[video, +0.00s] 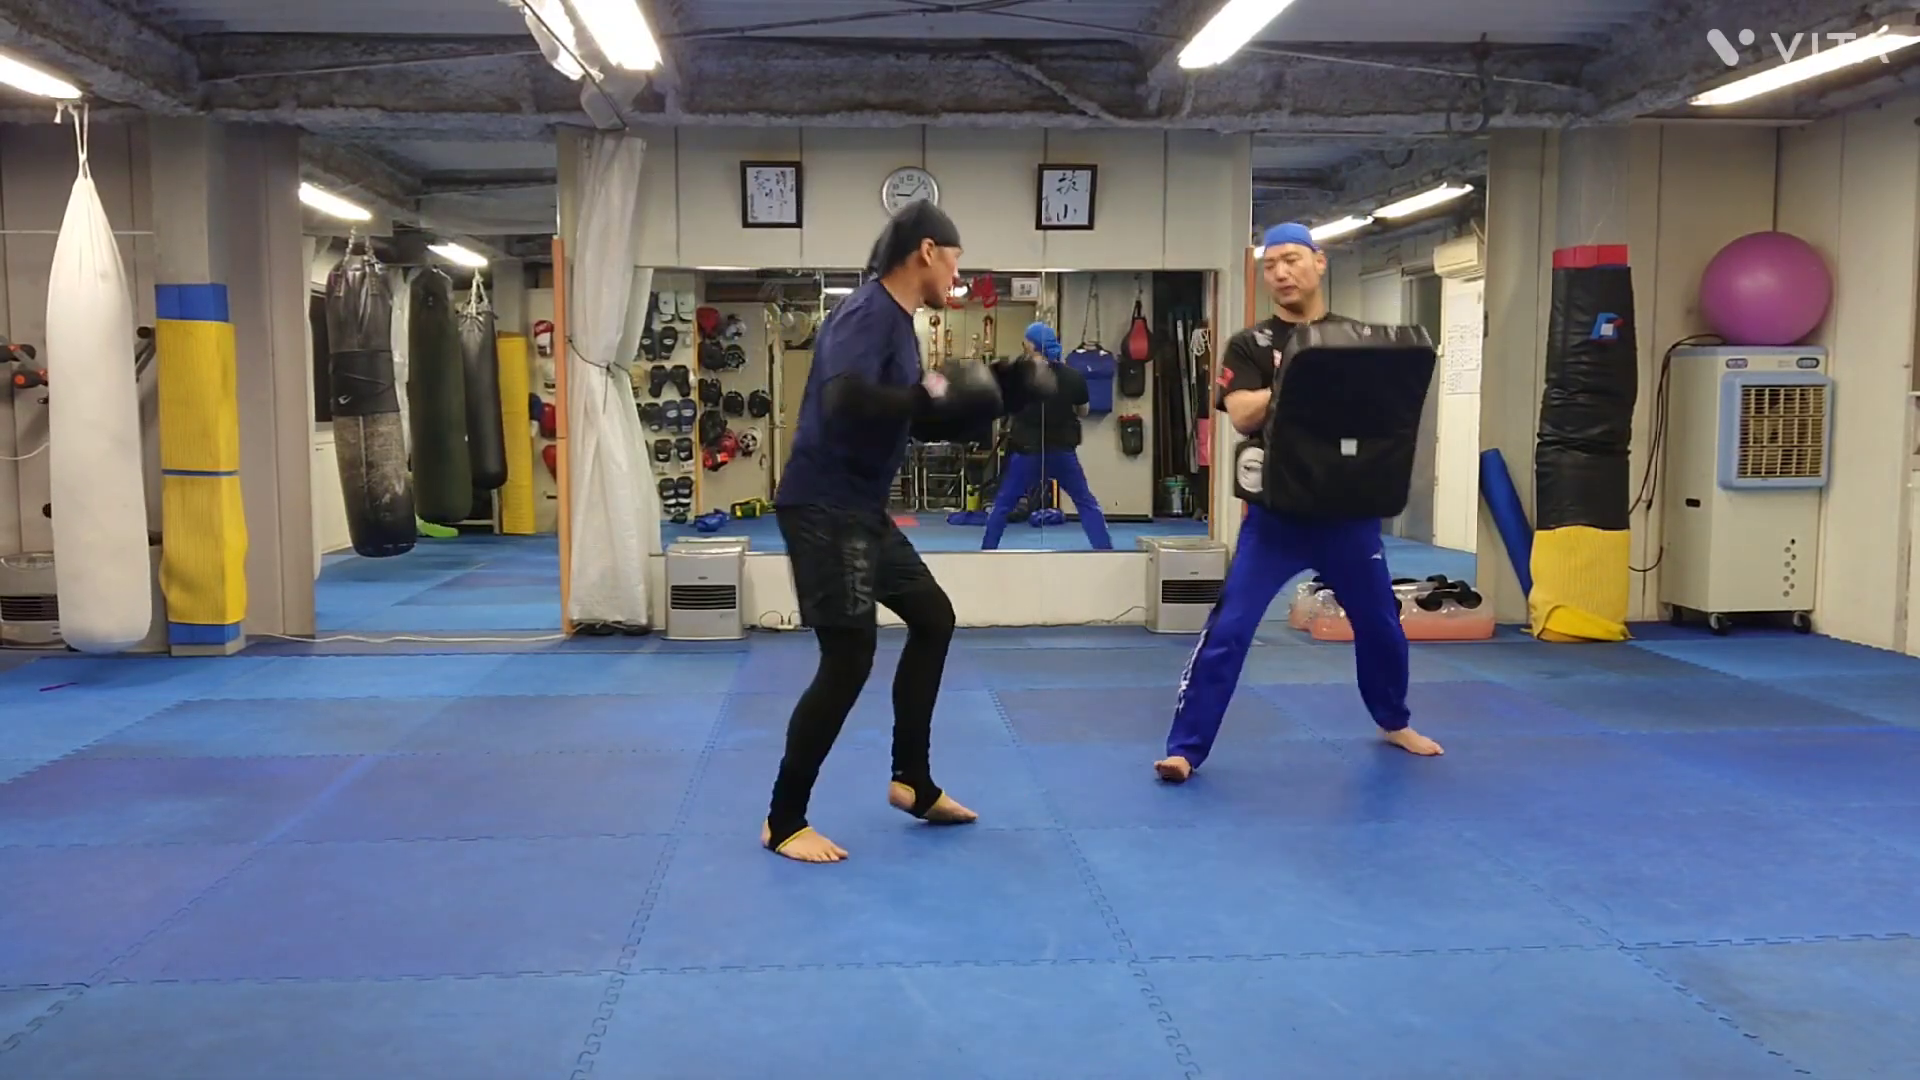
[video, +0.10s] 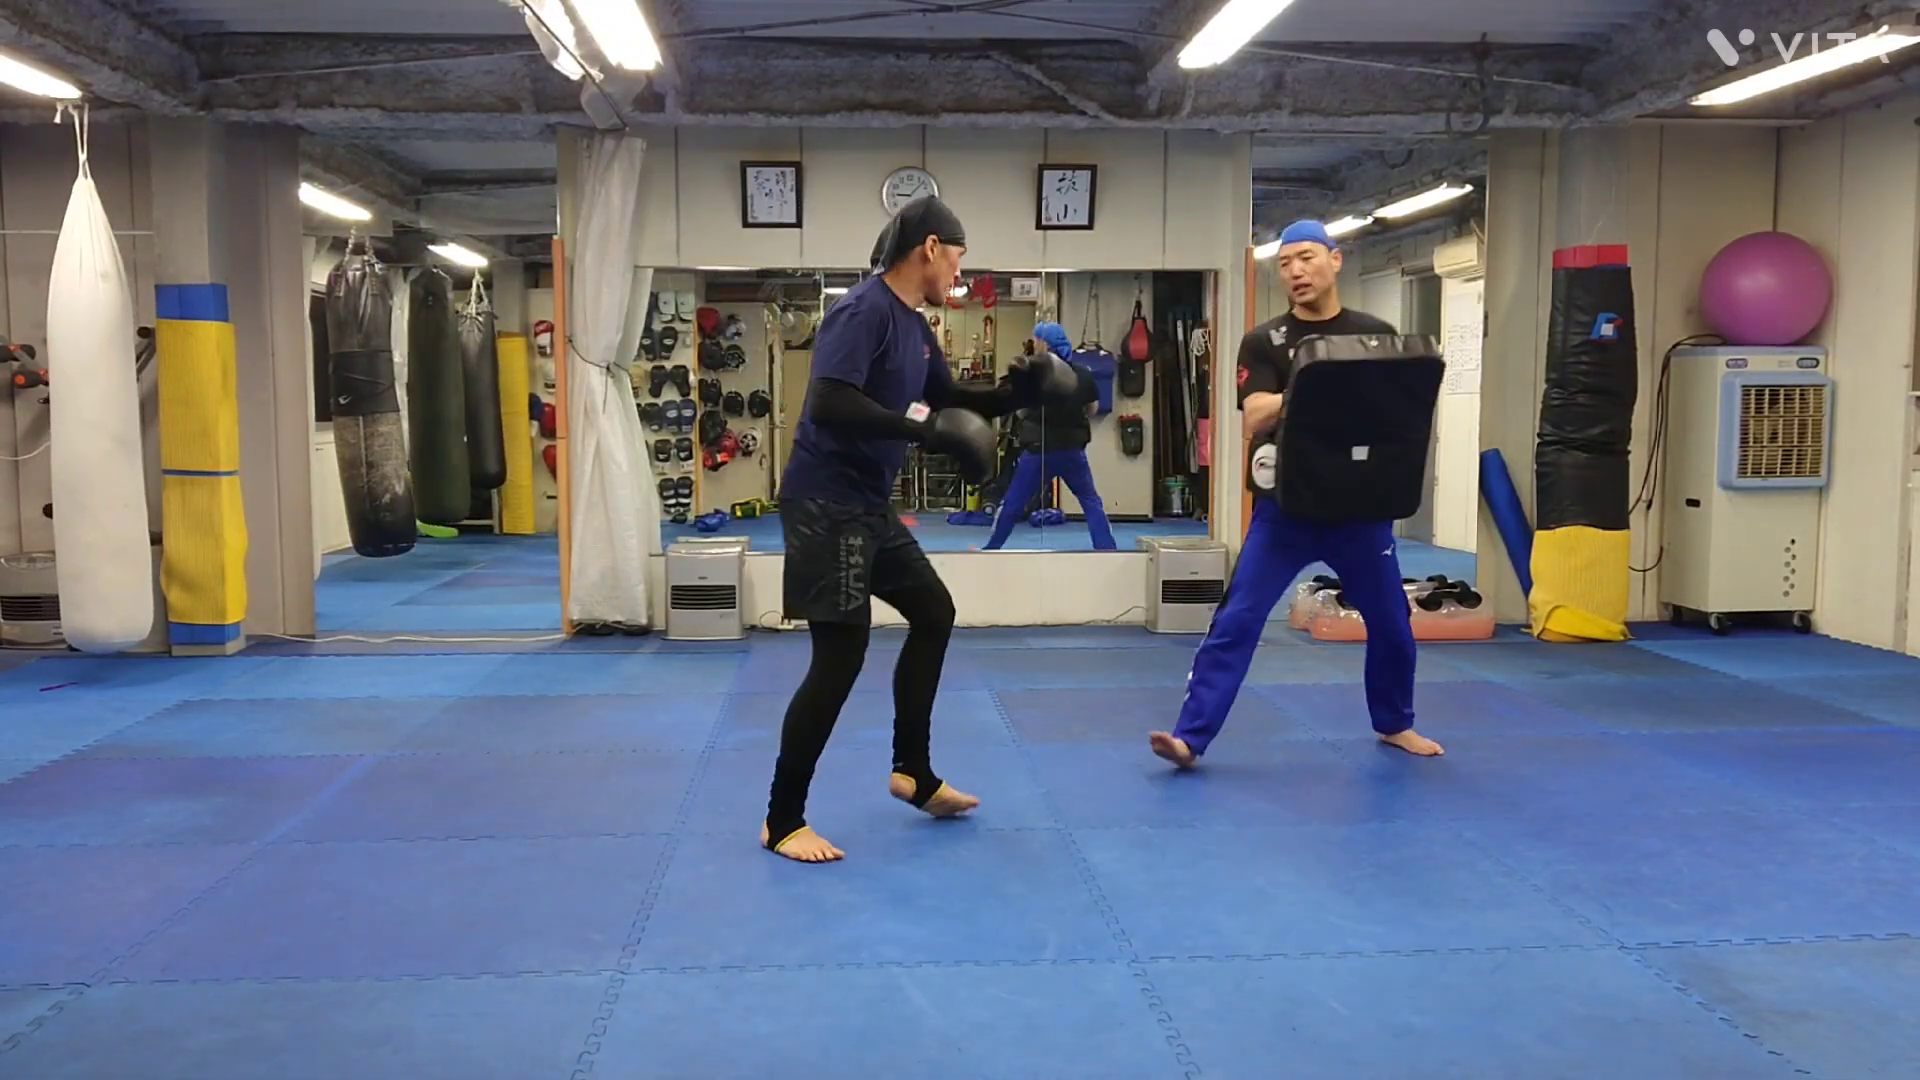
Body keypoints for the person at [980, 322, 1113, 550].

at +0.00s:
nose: (1023, 349)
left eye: (1025, 344)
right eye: (1024, 344)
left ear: (1034, 346)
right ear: (1051, 344)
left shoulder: (1020, 373)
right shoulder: (1071, 375)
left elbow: (1008, 408)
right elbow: (1083, 410)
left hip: (1026, 449)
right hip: (1061, 450)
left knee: (1004, 503)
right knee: (1084, 500)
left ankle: (986, 552)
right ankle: (1106, 552)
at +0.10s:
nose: (1033, 346)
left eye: (1035, 341)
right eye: (1034, 341)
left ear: (1045, 344)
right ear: (1061, 343)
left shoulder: (1033, 372)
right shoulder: (1080, 373)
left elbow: (1020, 407)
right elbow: (1092, 409)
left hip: (1038, 448)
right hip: (1071, 447)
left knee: (1013, 501)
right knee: (1090, 499)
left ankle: (991, 549)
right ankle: (1107, 551)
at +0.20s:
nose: (1036, 343)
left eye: (1039, 339)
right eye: (1037, 338)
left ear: (1049, 342)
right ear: (1066, 342)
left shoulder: (1038, 372)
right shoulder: (1088, 373)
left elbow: (1022, 400)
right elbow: (1096, 408)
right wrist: (1071, 414)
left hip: (1041, 447)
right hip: (1074, 447)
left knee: (1016, 498)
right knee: (1091, 500)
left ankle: (1002, 549)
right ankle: (1106, 552)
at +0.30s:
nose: (1040, 343)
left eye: (1043, 339)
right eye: (1041, 338)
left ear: (1051, 342)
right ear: (1067, 342)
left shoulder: (1035, 372)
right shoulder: (1088, 374)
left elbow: (1023, 406)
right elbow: (1097, 410)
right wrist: (1080, 425)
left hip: (1039, 446)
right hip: (1073, 448)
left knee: (1019, 498)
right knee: (1091, 500)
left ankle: (1007, 550)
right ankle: (1106, 552)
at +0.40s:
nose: (1040, 346)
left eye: (1042, 342)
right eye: (1040, 342)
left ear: (1051, 345)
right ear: (1067, 344)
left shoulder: (1034, 373)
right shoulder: (1085, 375)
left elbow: (1022, 406)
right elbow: (1096, 410)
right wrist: (1076, 412)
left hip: (1037, 449)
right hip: (1072, 449)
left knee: (1020, 505)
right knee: (1091, 504)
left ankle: (1006, 557)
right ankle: (1107, 555)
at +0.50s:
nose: (1040, 346)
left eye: (1042, 342)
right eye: (1042, 342)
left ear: (1048, 347)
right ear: (1067, 348)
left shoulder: (1028, 373)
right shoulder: (1080, 374)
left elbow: (1020, 403)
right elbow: (1092, 405)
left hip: (1037, 451)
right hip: (1069, 450)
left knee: (1027, 509)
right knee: (1088, 501)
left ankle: (1024, 559)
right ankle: (1105, 551)